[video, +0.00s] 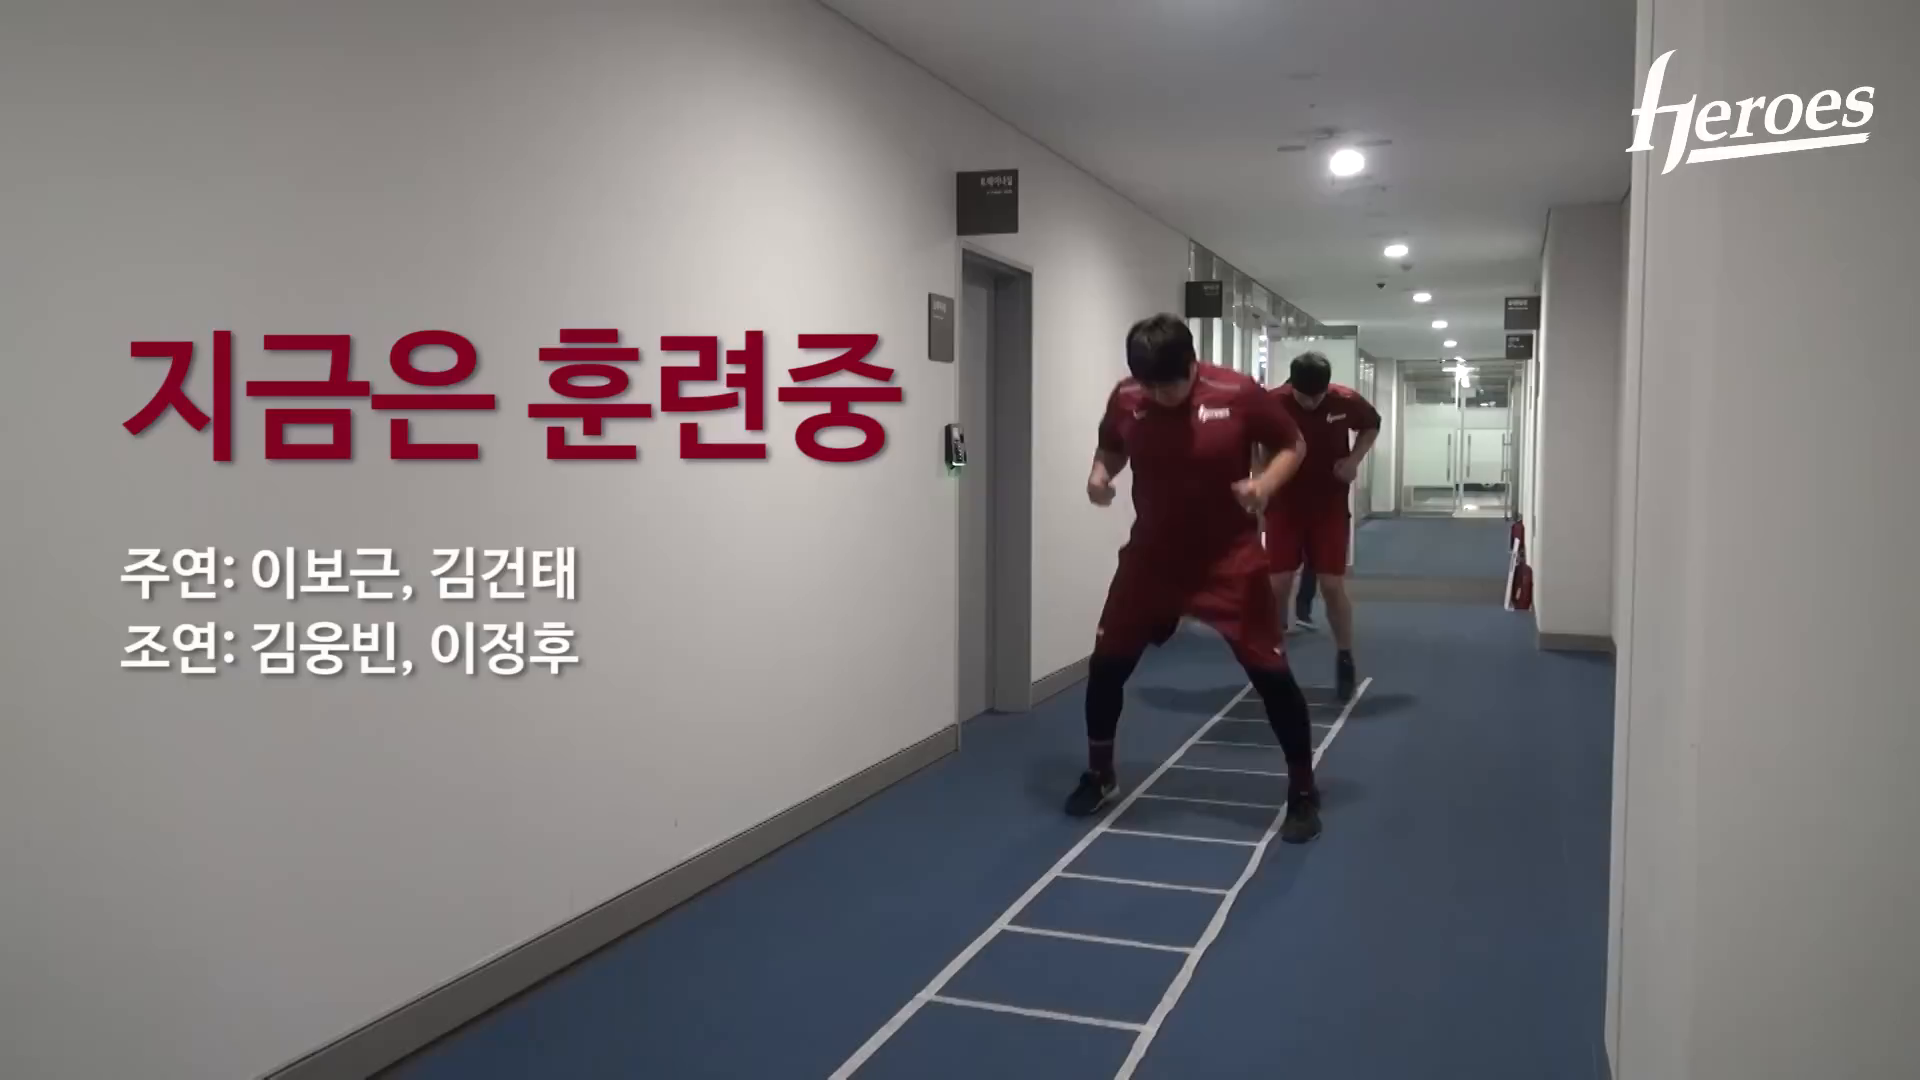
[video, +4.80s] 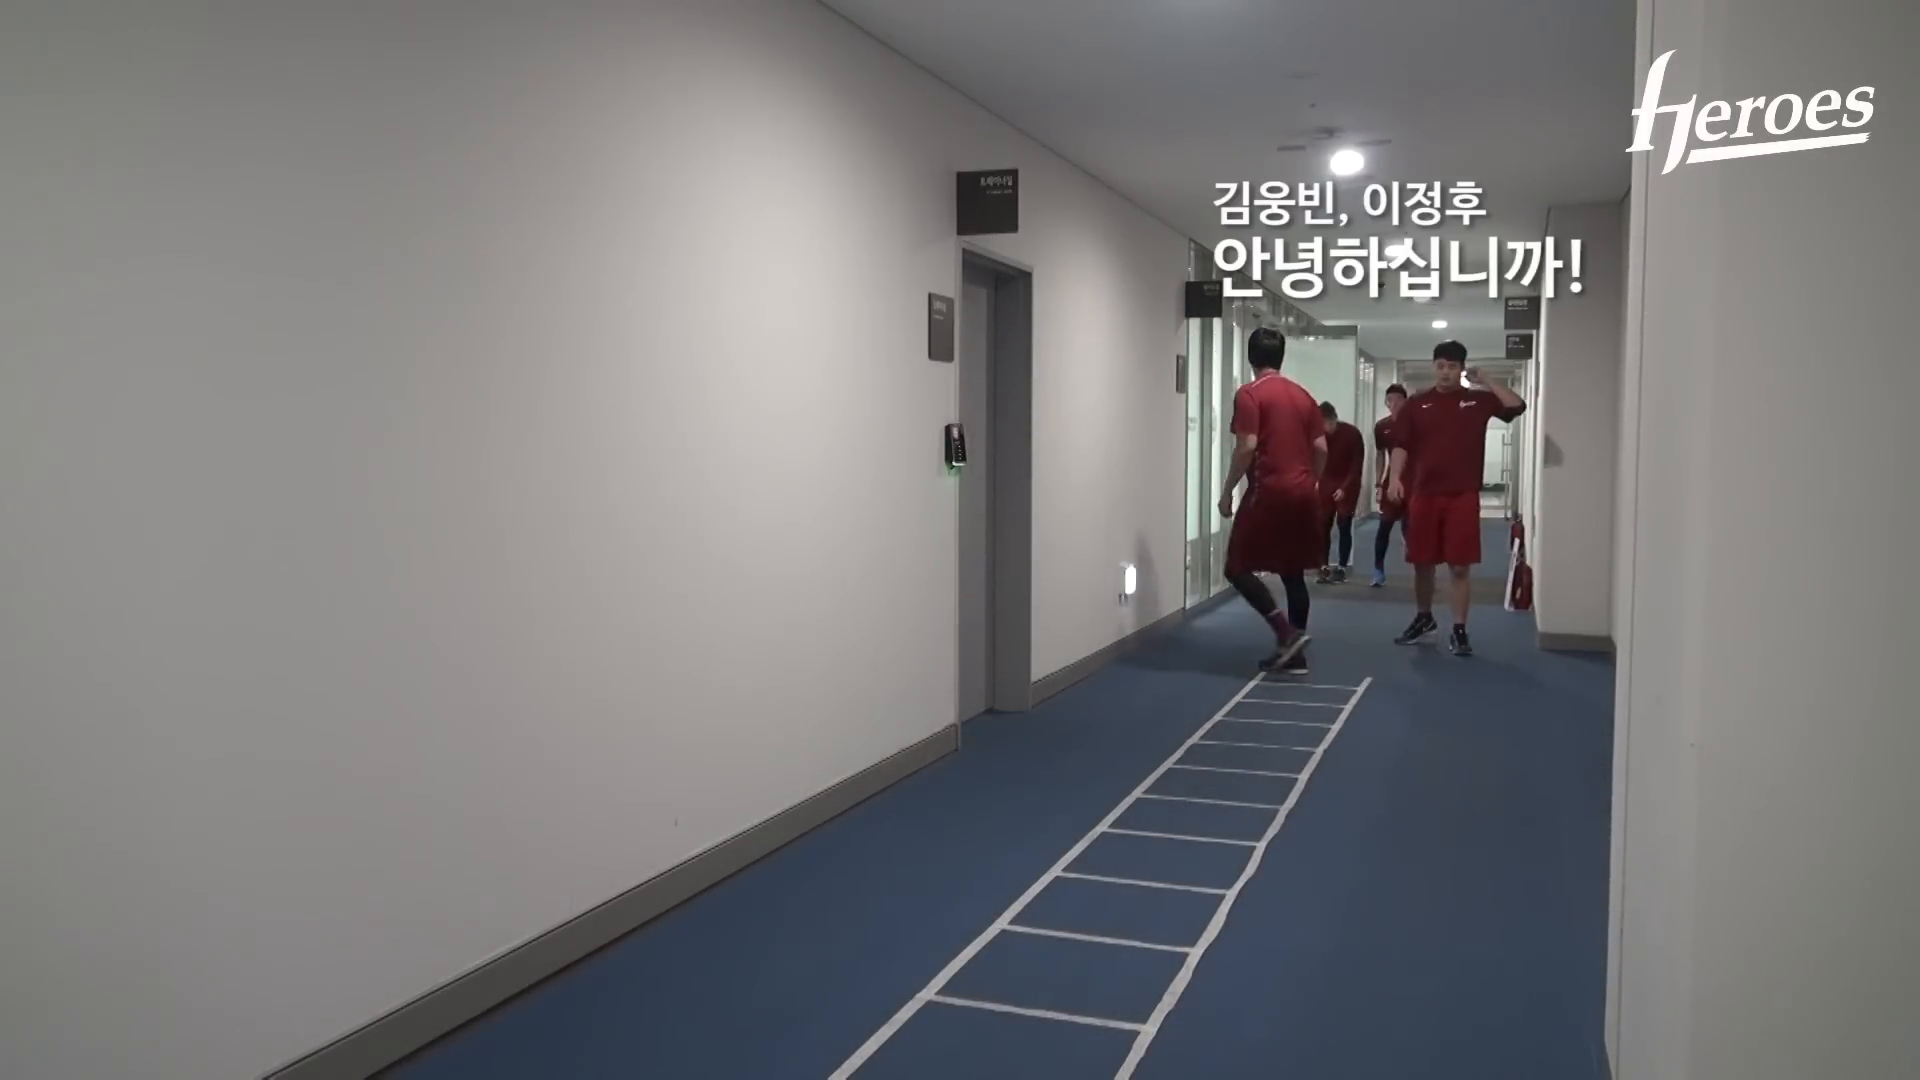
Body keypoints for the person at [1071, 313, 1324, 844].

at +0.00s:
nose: (1162, 397)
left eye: (1171, 387)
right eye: (1152, 388)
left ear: (1191, 367)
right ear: (1138, 376)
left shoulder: (1239, 395)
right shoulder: (1127, 401)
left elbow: (1293, 445)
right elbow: (1110, 448)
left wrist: (1264, 482)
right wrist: (1100, 476)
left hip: (1228, 557)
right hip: (1152, 555)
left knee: (1268, 670)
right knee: (1106, 665)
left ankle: (1302, 791)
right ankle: (1100, 774)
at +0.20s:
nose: (1175, 378)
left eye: (1183, 368)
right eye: (1165, 370)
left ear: (1202, 347)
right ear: (1152, 356)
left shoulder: (1251, 372)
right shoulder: (1137, 379)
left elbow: (1287, 430)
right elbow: (1131, 431)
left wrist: (1261, 483)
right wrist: (1121, 470)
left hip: (1234, 535)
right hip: (1162, 535)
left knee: (1252, 651)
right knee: (1145, 646)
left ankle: (1273, 776)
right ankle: (1127, 763)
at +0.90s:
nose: (1191, 384)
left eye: (1198, 375)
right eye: (1183, 377)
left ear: (1217, 355)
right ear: (1171, 365)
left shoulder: (1269, 368)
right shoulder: (1167, 385)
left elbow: (1304, 413)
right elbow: (1166, 430)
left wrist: (1284, 465)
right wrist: (1161, 471)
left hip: (1265, 519)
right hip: (1198, 519)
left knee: (1274, 630)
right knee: (1183, 625)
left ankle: (1282, 743)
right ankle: (1182, 740)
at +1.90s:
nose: (1182, 383)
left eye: (1182, 373)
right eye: (1177, 377)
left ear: (1200, 355)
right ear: (1192, 361)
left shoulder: (1270, 372)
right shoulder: (1196, 394)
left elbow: (1330, 412)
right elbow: (1208, 436)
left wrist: (1359, 461)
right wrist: (1183, 477)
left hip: (1280, 507)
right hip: (1226, 507)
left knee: (1302, 608)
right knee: (1196, 605)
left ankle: (1325, 709)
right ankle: (1197, 699)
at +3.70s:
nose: (1226, 378)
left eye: (1225, 369)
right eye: (1222, 371)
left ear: (1238, 360)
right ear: (1237, 362)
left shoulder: (1298, 378)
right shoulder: (1246, 395)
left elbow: (1344, 414)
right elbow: (1261, 446)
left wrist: (1325, 459)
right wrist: (1247, 476)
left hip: (1308, 495)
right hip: (1263, 497)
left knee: (1315, 579)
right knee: (1251, 577)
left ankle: (1321, 656)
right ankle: (1260, 660)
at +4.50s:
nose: (1258, 362)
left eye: (1258, 356)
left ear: (1261, 358)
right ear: (1291, 358)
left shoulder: (1273, 391)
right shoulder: (1306, 392)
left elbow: (1284, 440)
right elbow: (1325, 443)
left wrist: (1257, 473)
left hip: (1296, 493)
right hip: (1320, 491)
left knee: (1301, 575)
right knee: (1297, 573)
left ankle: (1340, 658)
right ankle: (1293, 652)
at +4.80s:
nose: (1249, 361)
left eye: (1249, 355)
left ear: (1251, 358)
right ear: (1281, 358)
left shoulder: (1249, 393)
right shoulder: (1302, 394)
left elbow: (1247, 447)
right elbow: (1321, 447)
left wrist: (1228, 490)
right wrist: (1312, 484)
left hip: (1268, 493)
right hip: (1304, 493)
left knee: (1236, 569)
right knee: (1292, 571)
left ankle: (1286, 634)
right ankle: (1295, 654)